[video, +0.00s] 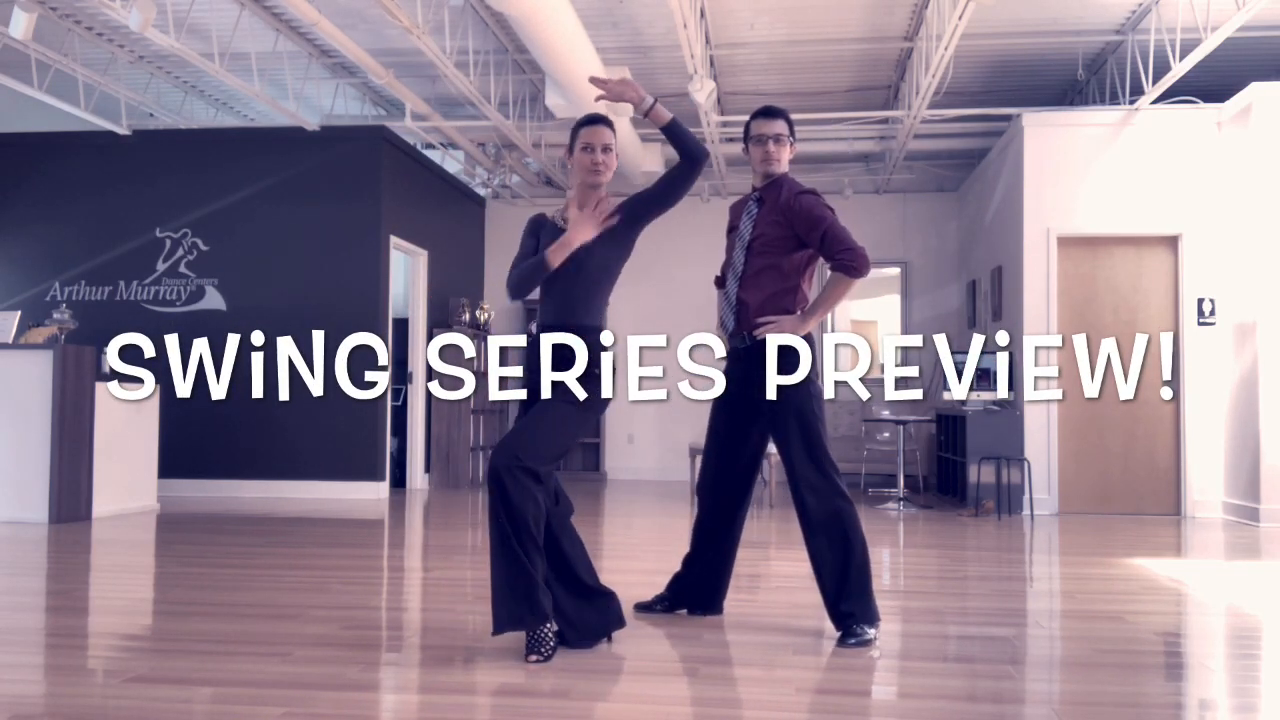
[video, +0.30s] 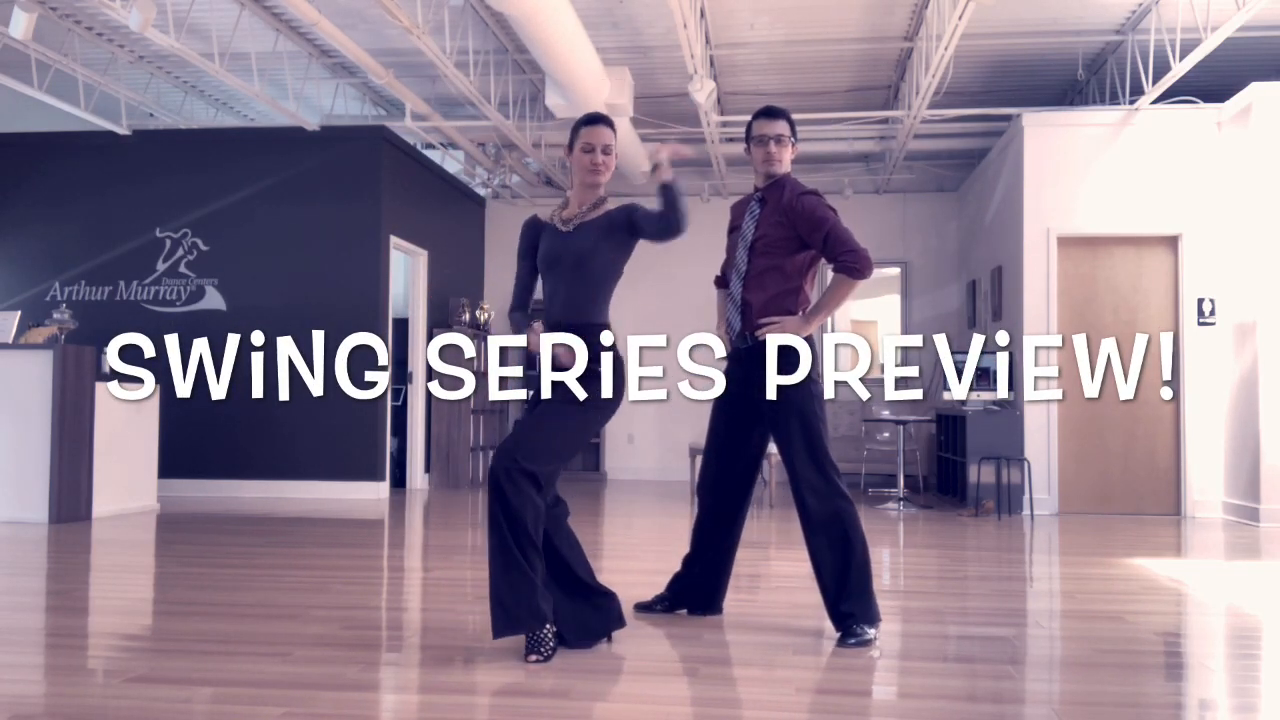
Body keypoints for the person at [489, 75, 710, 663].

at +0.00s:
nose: (597, 157)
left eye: (607, 149)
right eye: (588, 148)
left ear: (616, 160)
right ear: (568, 157)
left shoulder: (626, 215)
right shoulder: (545, 225)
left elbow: (694, 159)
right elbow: (516, 287)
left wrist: (644, 101)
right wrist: (566, 244)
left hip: (583, 368)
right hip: (538, 367)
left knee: (510, 464)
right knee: (539, 487)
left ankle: (537, 614)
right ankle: (588, 607)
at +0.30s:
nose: (598, 158)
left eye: (607, 151)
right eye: (589, 149)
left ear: (615, 162)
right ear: (569, 157)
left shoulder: (622, 216)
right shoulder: (539, 227)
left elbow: (671, 226)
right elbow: (519, 303)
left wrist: (666, 177)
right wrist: (527, 325)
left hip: (595, 369)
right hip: (547, 368)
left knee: (512, 466)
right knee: (533, 490)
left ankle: (535, 615)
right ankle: (587, 609)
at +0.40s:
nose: (600, 154)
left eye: (609, 145)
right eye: (590, 145)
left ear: (620, 153)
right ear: (572, 152)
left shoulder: (630, 212)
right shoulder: (546, 218)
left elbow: (613, 279)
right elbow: (516, 279)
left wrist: (595, 218)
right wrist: (488, 313)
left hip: (600, 361)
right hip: (547, 359)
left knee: (532, 459)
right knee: (533, 476)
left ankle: (540, 614)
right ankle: (588, 606)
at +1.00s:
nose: (598, 146)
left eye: (608, 138)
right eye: (589, 138)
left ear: (625, 150)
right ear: (577, 148)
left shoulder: (633, 213)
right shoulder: (560, 214)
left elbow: (632, 294)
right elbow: (499, 277)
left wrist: (567, 258)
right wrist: (493, 236)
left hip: (604, 361)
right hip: (554, 359)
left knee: (539, 452)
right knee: (547, 480)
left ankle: (538, 617)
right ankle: (588, 608)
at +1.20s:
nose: (583, 147)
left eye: (596, 138)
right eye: (578, 140)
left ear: (623, 155)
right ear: (573, 155)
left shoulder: (636, 213)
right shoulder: (563, 222)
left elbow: (617, 238)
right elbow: (489, 226)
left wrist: (607, 184)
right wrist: (525, 166)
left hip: (599, 372)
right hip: (554, 371)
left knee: (528, 459)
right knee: (541, 486)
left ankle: (535, 616)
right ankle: (588, 609)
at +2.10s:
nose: (596, 167)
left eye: (609, 160)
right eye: (591, 160)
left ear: (633, 179)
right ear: (583, 177)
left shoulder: (633, 236)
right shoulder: (559, 241)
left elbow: (600, 266)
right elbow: (483, 269)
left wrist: (603, 211)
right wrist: (489, 218)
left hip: (577, 386)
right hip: (533, 380)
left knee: (499, 469)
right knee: (518, 497)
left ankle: (528, 619)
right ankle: (586, 611)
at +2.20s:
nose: (591, 157)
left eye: (602, 150)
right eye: (585, 149)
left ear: (622, 167)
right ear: (577, 162)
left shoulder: (622, 226)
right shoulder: (556, 231)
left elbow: (618, 309)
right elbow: (505, 302)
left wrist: (569, 270)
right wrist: (460, 288)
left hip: (584, 374)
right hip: (542, 372)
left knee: (505, 468)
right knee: (520, 491)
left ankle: (527, 617)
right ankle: (588, 611)